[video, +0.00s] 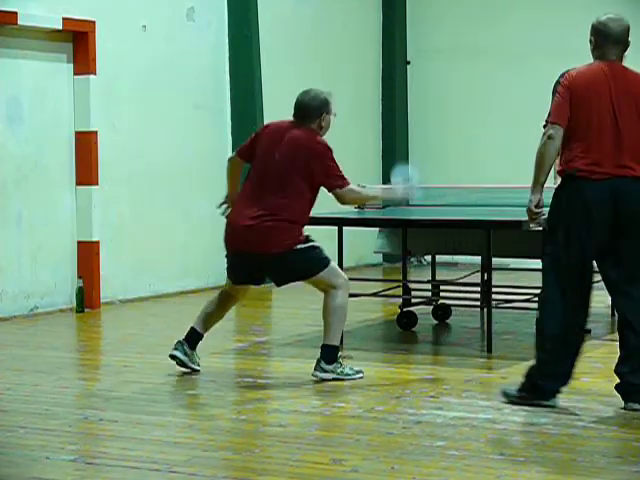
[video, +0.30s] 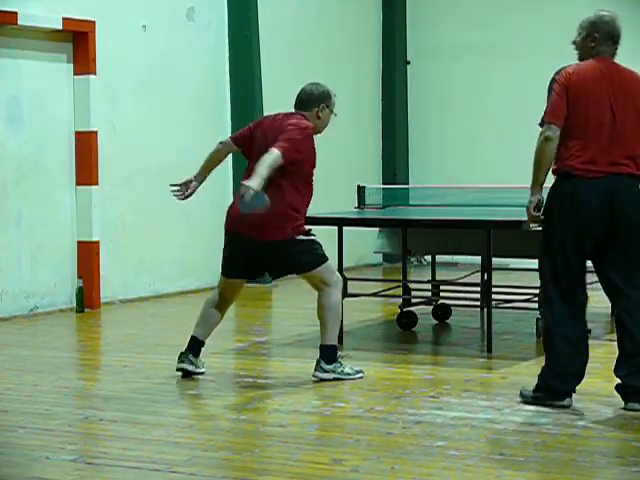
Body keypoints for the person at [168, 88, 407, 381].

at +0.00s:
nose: (331, 121)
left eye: (331, 115)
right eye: (330, 115)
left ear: (297, 113)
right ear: (322, 119)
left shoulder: (268, 131)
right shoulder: (317, 147)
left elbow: (236, 160)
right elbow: (346, 195)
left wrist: (232, 196)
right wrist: (380, 195)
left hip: (238, 236)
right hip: (279, 240)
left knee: (232, 290)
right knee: (338, 285)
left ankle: (187, 345)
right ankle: (329, 362)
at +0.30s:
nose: (330, 119)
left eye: (331, 113)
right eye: (330, 112)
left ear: (299, 106)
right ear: (319, 110)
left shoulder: (267, 123)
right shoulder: (302, 129)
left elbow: (224, 147)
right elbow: (272, 157)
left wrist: (198, 178)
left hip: (240, 228)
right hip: (281, 229)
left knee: (225, 293)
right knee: (331, 283)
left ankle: (190, 354)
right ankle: (329, 361)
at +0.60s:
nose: (334, 105)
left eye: (334, 99)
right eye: (331, 98)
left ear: (308, 99)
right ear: (312, 98)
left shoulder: (279, 121)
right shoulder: (303, 126)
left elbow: (274, 175)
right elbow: (298, 172)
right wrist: (320, 213)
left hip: (245, 223)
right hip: (281, 227)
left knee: (229, 292)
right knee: (331, 281)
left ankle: (191, 356)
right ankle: (327, 361)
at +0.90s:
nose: (332, 81)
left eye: (331, 76)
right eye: (326, 77)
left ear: (311, 84)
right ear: (305, 83)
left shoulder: (308, 113)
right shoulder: (298, 111)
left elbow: (303, 161)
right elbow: (291, 160)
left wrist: (338, 169)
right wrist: (335, 169)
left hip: (276, 217)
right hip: (287, 218)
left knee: (293, 286)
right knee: (331, 281)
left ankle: (232, 331)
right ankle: (327, 361)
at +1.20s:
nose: (296, 77)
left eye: (296, 72)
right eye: (288, 73)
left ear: (293, 79)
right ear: (268, 81)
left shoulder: (302, 111)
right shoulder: (251, 117)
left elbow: (314, 150)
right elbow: (227, 164)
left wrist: (329, 169)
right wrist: (233, 199)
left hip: (299, 217)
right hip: (264, 219)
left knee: (291, 290)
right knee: (298, 277)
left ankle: (256, 352)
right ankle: (321, 359)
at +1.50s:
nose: (261, 70)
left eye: (261, 64)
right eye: (253, 66)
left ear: (261, 71)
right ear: (233, 73)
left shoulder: (276, 104)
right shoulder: (213, 112)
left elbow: (298, 143)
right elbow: (190, 158)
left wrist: (294, 164)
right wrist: (163, 201)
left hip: (270, 210)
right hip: (229, 210)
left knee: (266, 280)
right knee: (238, 276)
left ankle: (254, 354)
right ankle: (228, 354)